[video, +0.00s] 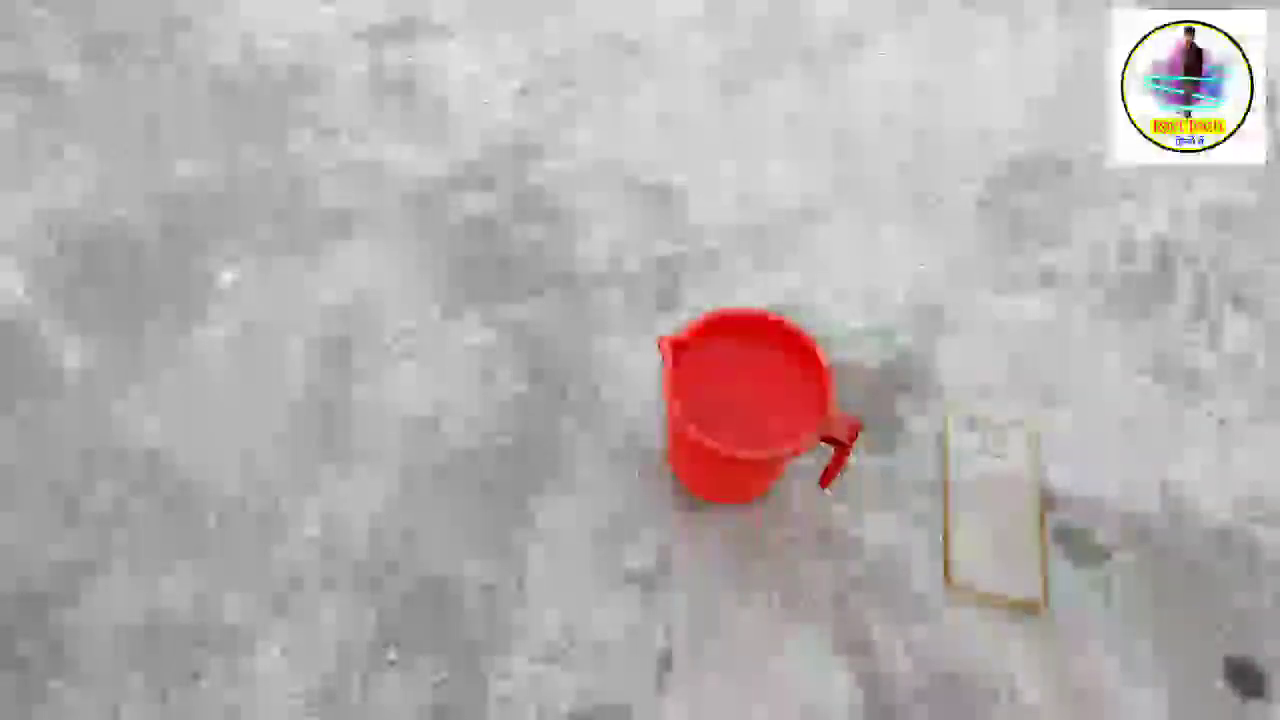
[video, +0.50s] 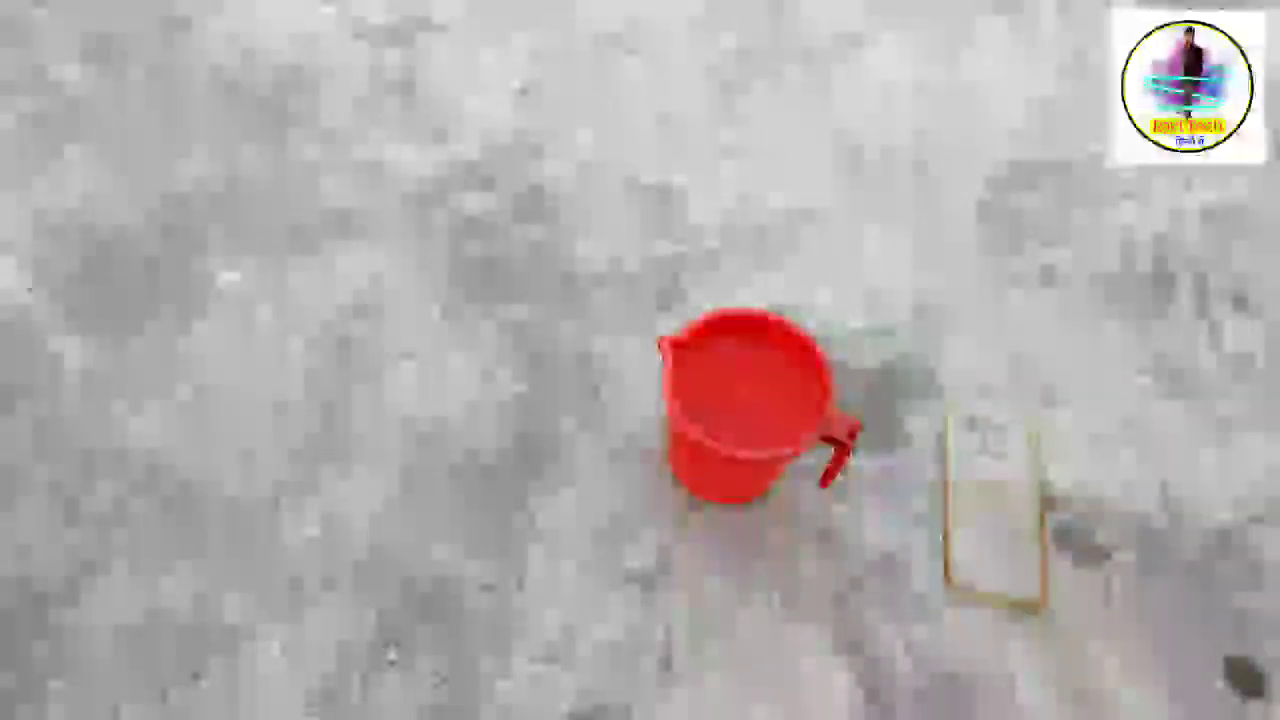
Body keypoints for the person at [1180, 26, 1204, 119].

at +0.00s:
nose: (1188, 38)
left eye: (1190, 35)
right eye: (1187, 35)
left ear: (1193, 36)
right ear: (1184, 36)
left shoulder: (1197, 50)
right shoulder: (1181, 49)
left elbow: (1199, 66)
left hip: (1193, 76)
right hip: (1182, 75)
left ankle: (1188, 113)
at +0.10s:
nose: (1188, 38)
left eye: (1190, 36)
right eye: (1187, 35)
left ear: (1193, 36)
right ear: (1184, 36)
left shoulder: (1197, 50)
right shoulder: (1181, 49)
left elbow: (1199, 65)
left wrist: (1198, 77)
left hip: (1193, 74)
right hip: (1183, 74)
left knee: (1190, 92)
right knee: (1185, 92)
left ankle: (1188, 111)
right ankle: (1185, 110)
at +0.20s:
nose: (1188, 38)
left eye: (1190, 36)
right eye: (1187, 35)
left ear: (1193, 36)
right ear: (1184, 36)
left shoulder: (1197, 50)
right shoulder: (1181, 49)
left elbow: (1199, 65)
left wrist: (1198, 77)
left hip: (1193, 74)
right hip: (1183, 74)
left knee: (1190, 92)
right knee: (1185, 92)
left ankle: (1188, 111)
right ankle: (1185, 110)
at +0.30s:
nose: (1188, 38)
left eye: (1190, 36)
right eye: (1187, 35)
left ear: (1193, 36)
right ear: (1184, 36)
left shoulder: (1197, 50)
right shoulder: (1181, 49)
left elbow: (1199, 65)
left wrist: (1198, 77)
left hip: (1193, 74)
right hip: (1183, 74)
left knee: (1190, 92)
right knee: (1185, 92)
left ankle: (1188, 111)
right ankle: (1185, 110)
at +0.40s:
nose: (1188, 38)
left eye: (1190, 36)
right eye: (1186, 36)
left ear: (1193, 36)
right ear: (1184, 36)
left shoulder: (1198, 50)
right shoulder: (1182, 50)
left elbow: (1199, 65)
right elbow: (1177, 62)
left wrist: (1197, 76)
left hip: (1193, 75)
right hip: (1184, 74)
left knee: (1189, 93)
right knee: (1185, 93)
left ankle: (1188, 112)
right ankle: (1186, 111)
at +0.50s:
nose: (1188, 38)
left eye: (1190, 36)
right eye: (1186, 36)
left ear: (1193, 36)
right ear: (1184, 36)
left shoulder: (1198, 50)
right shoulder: (1182, 50)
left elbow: (1199, 65)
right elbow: (1177, 62)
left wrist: (1198, 75)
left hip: (1194, 75)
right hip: (1184, 74)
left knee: (1189, 93)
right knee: (1186, 93)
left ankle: (1188, 112)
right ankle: (1186, 111)